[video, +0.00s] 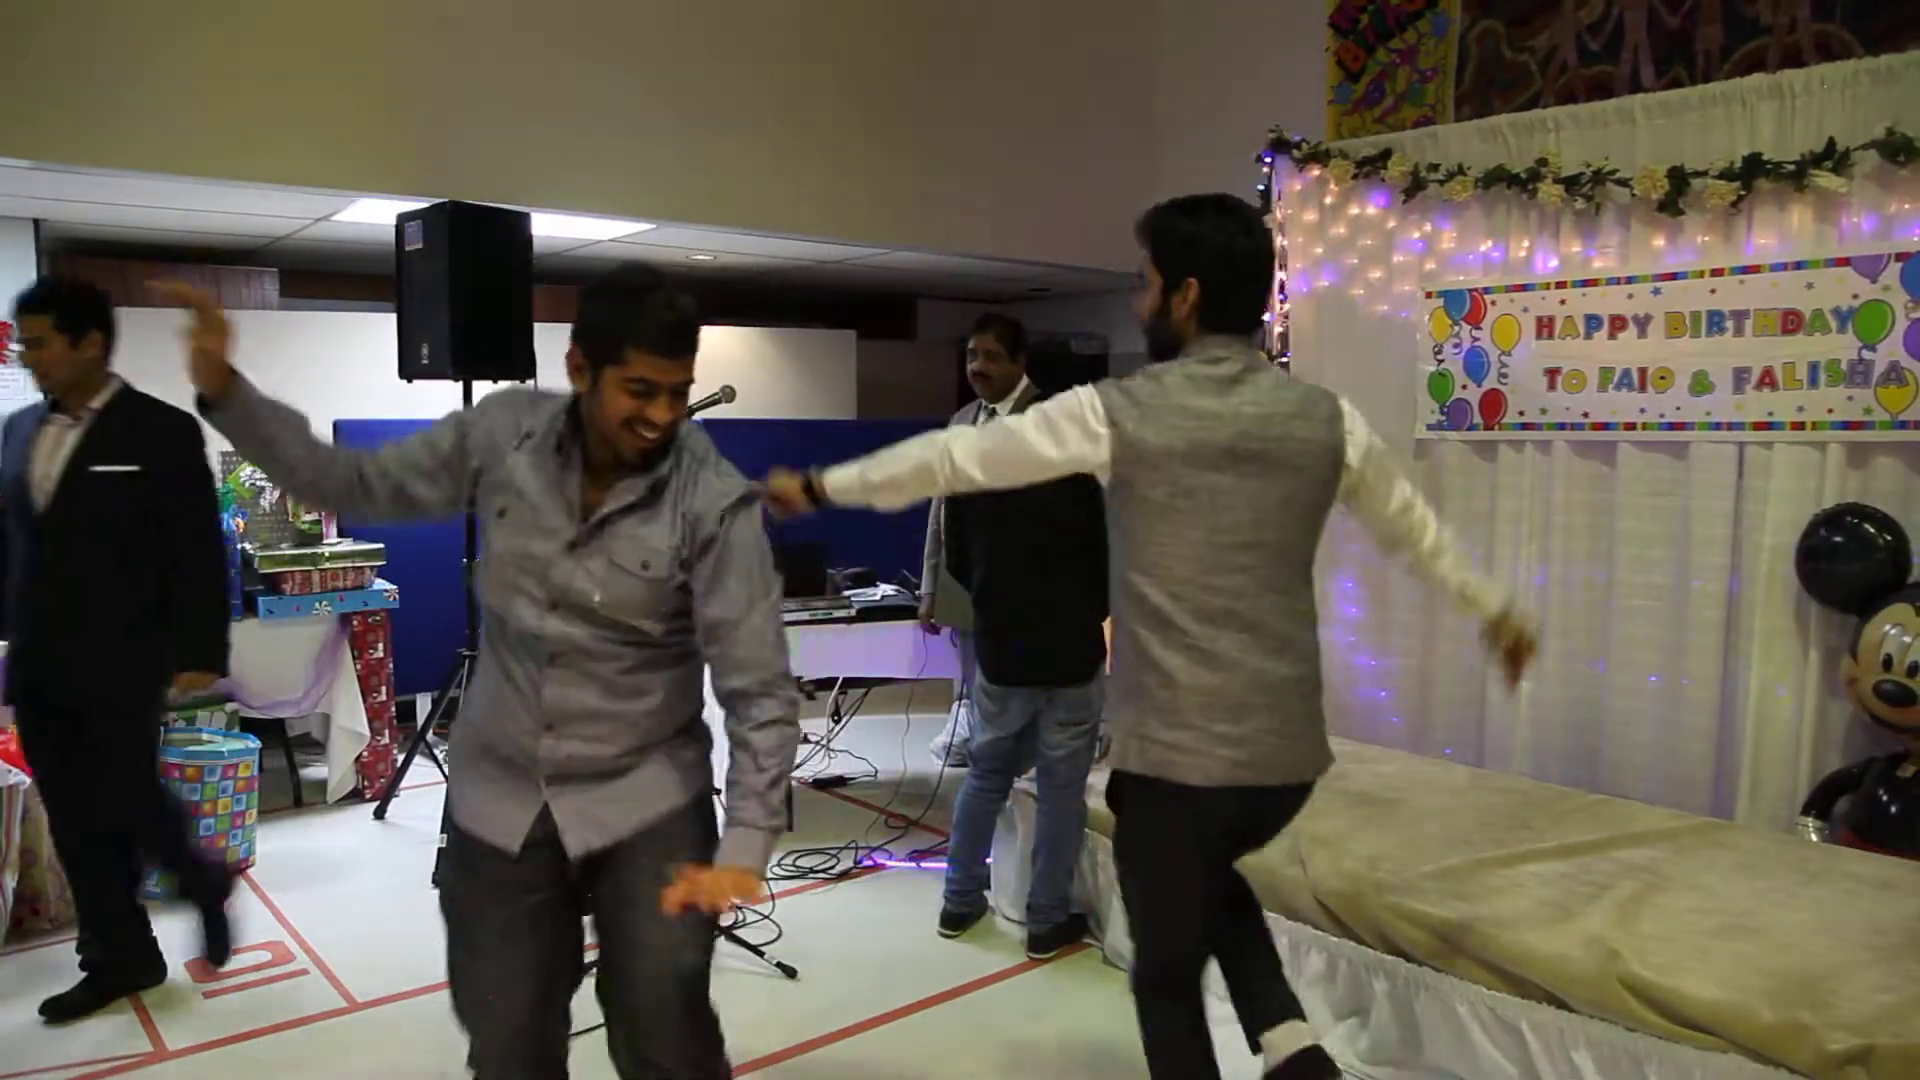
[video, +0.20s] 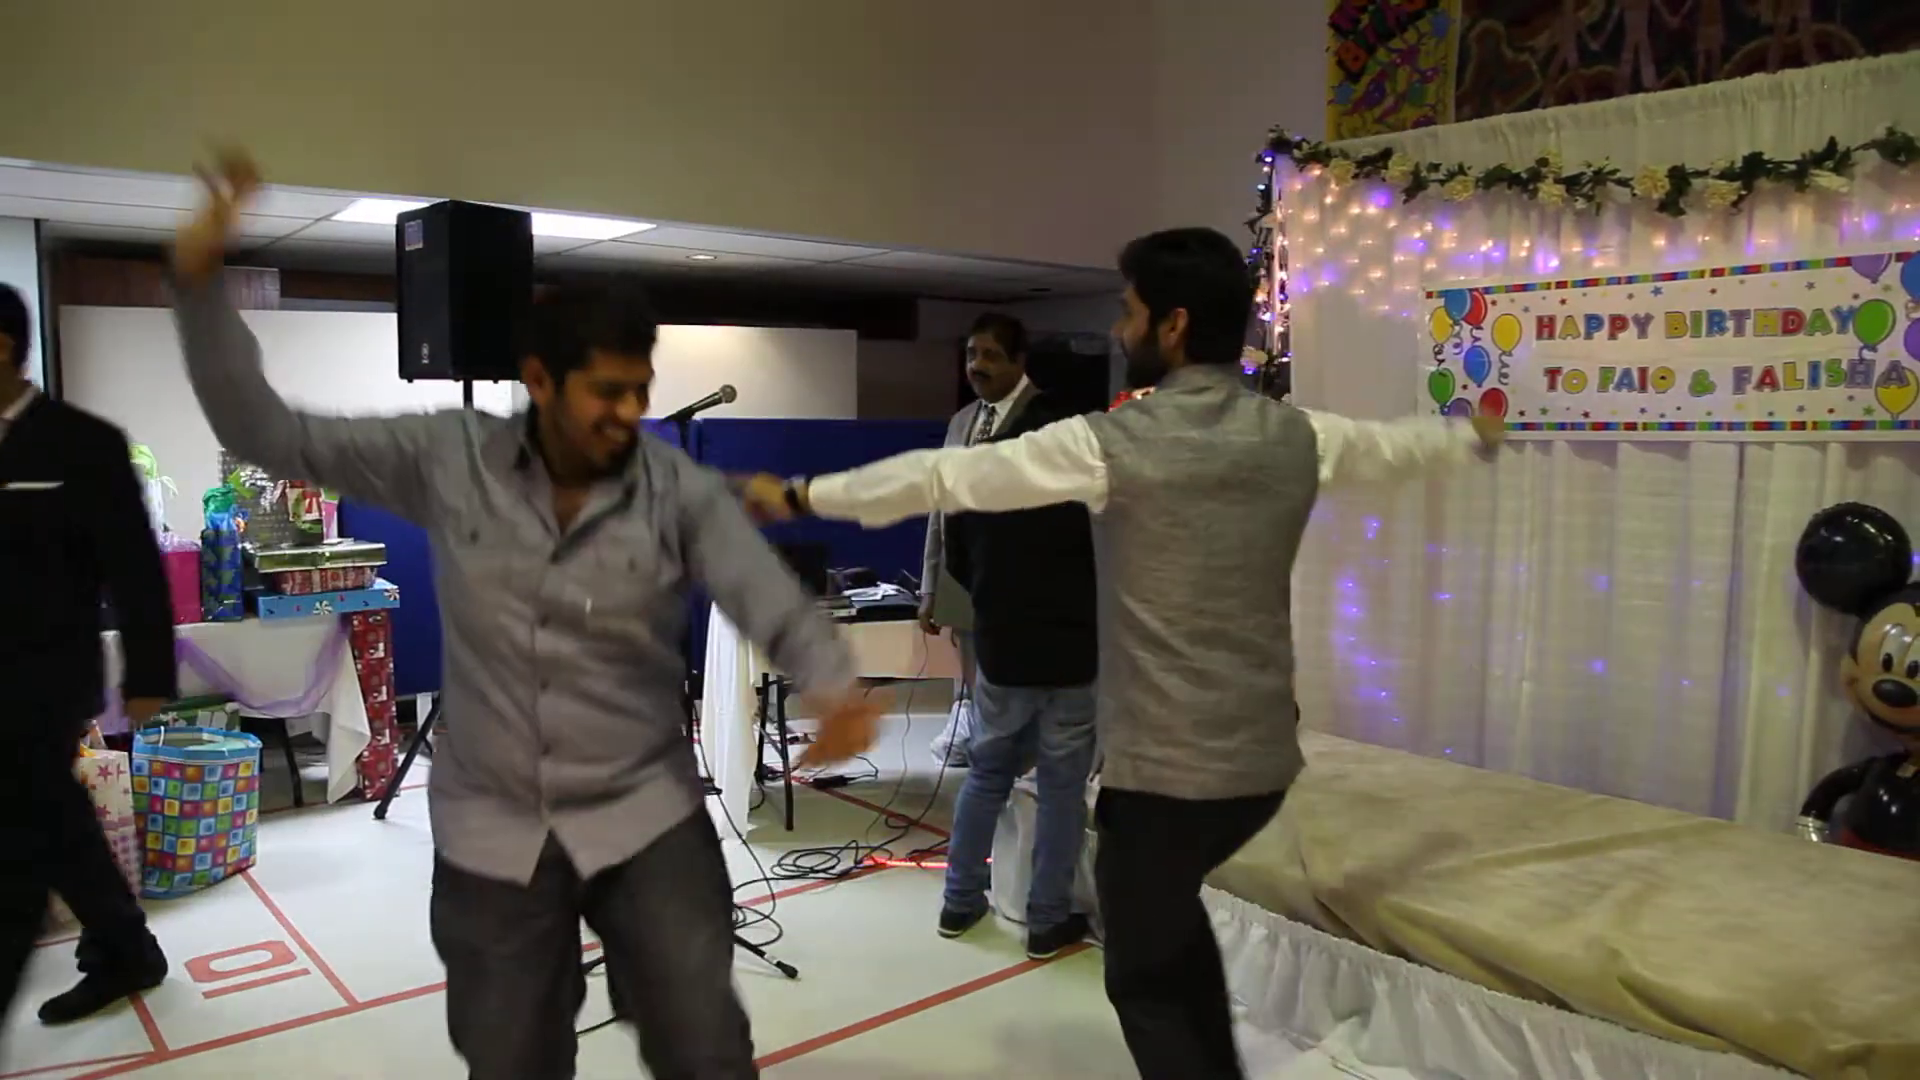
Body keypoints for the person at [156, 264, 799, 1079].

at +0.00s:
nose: (659, 415)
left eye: (679, 393)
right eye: (638, 390)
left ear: (695, 380)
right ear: (580, 366)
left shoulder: (713, 502)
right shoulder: (502, 432)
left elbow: (761, 696)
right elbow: (357, 484)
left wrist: (746, 849)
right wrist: (223, 388)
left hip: (646, 799)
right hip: (500, 797)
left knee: (661, 1039)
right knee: (509, 1052)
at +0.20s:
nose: (626, 414)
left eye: (638, 393)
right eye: (605, 393)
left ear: (649, 386)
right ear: (537, 381)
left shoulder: (683, 493)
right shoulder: (450, 457)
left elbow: (780, 609)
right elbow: (271, 435)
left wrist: (837, 690)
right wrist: (197, 283)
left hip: (646, 813)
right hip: (492, 825)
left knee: (702, 1045)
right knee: (509, 1063)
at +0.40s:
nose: (596, 351)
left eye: (603, 329)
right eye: (572, 330)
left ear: (607, 332)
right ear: (496, 334)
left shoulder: (644, 420)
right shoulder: (415, 415)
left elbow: (786, 499)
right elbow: (227, 357)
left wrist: (934, 583)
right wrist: (69, 231)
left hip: (642, 778)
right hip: (492, 797)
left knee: (696, 998)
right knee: (533, 1053)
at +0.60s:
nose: (580, 344)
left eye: (586, 321)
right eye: (553, 324)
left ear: (594, 328)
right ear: (480, 338)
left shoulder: (643, 428)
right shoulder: (413, 438)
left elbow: (795, 495)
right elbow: (239, 479)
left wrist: (929, 532)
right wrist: (102, 396)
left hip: (628, 789)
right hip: (487, 809)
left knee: (643, 990)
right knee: (546, 1045)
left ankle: (528, 1062)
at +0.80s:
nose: (580, 351)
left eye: (581, 331)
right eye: (553, 335)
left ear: (590, 344)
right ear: (478, 359)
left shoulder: (648, 455)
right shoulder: (406, 474)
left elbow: (800, 499)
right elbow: (217, 519)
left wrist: (910, 437)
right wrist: (162, 362)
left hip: (631, 814)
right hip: (491, 831)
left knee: (658, 1008)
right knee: (553, 1059)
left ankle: (528, 1019)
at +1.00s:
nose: (599, 330)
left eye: (602, 309)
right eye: (572, 312)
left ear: (604, 324)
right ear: (494, 331)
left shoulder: (653, 415)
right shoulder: (416, 423)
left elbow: (835, 409)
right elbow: (246, 370)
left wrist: (1019, 401)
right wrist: (108, 232)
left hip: (649, 782)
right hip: (499, 809)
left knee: (711, 979)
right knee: (537, 1060)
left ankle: (621, 998)